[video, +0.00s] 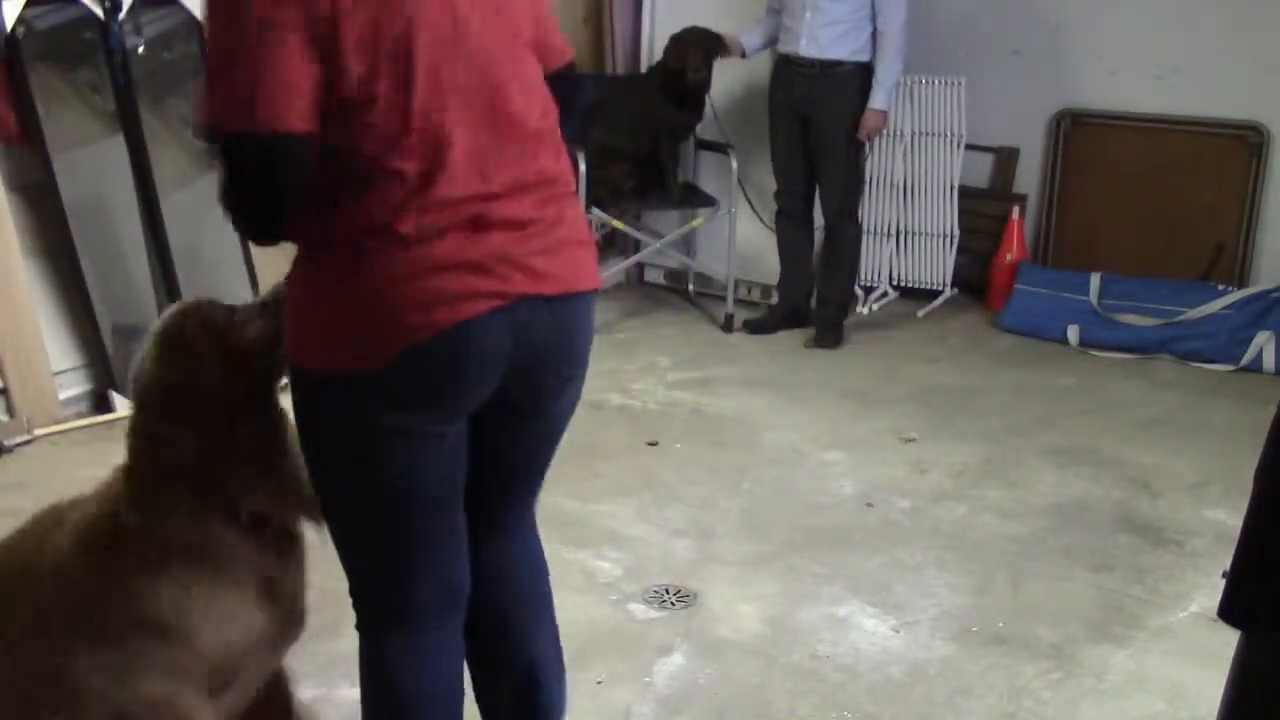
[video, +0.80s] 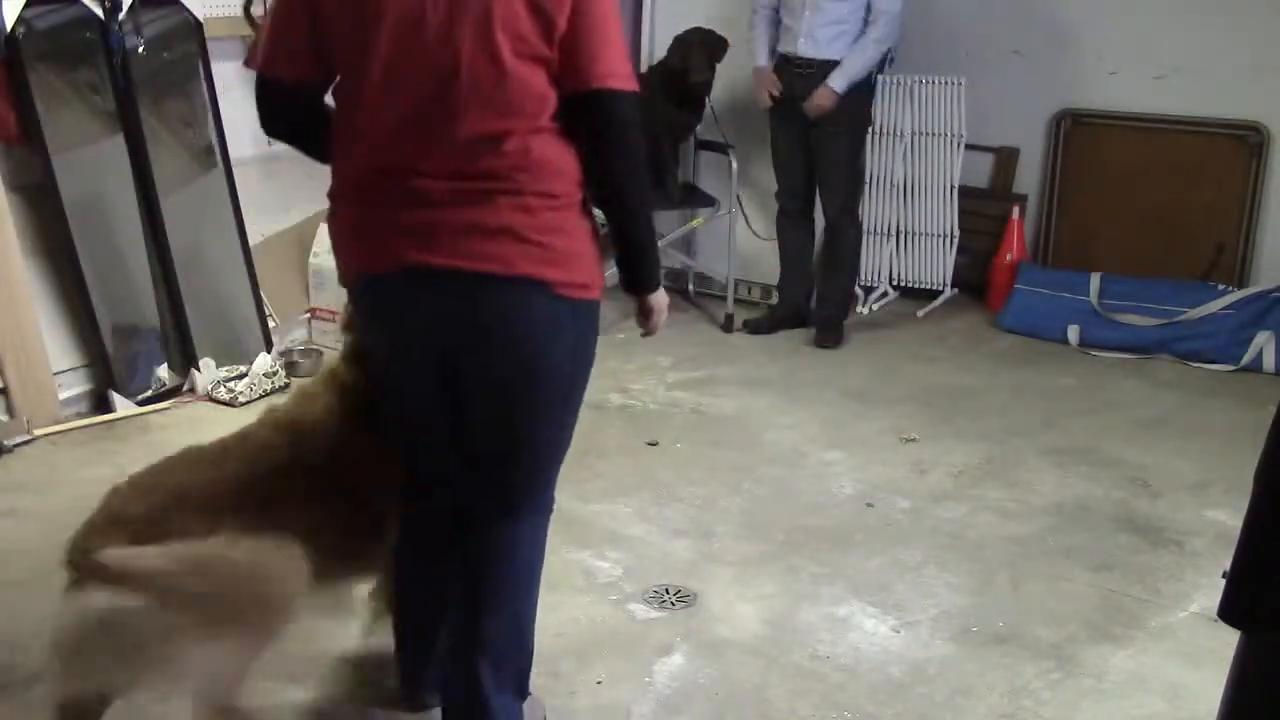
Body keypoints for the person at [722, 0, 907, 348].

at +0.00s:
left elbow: (892, 29)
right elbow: (779, 15)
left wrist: (879, 104)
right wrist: (741, 44)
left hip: (844, 80)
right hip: (788, 76)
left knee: (839, 208)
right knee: (790, 202)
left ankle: (831, 317)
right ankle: (792, 306)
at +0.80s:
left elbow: (885, 30)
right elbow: (765, 8)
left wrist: (834, 85)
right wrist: (761, 65)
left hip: (845, 81)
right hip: (787, 76)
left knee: (838, 207)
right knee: (791, 203)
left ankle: (831, 314)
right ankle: (792, 306)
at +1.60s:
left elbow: (902, 21)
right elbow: (759, 13)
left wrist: (907, 97)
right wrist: (750, 78)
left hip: (842, 80)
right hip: (784, 77)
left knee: (840, 210)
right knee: (790, 204)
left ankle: (831, 314)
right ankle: (793, 305)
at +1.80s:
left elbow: (895, 22)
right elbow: (758, 13)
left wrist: (890, 98)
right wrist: (738, 78)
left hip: (842, 80)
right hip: (786, 77)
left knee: (838, 210)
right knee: (790, 204)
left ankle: (831, 315)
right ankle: (792, 306)